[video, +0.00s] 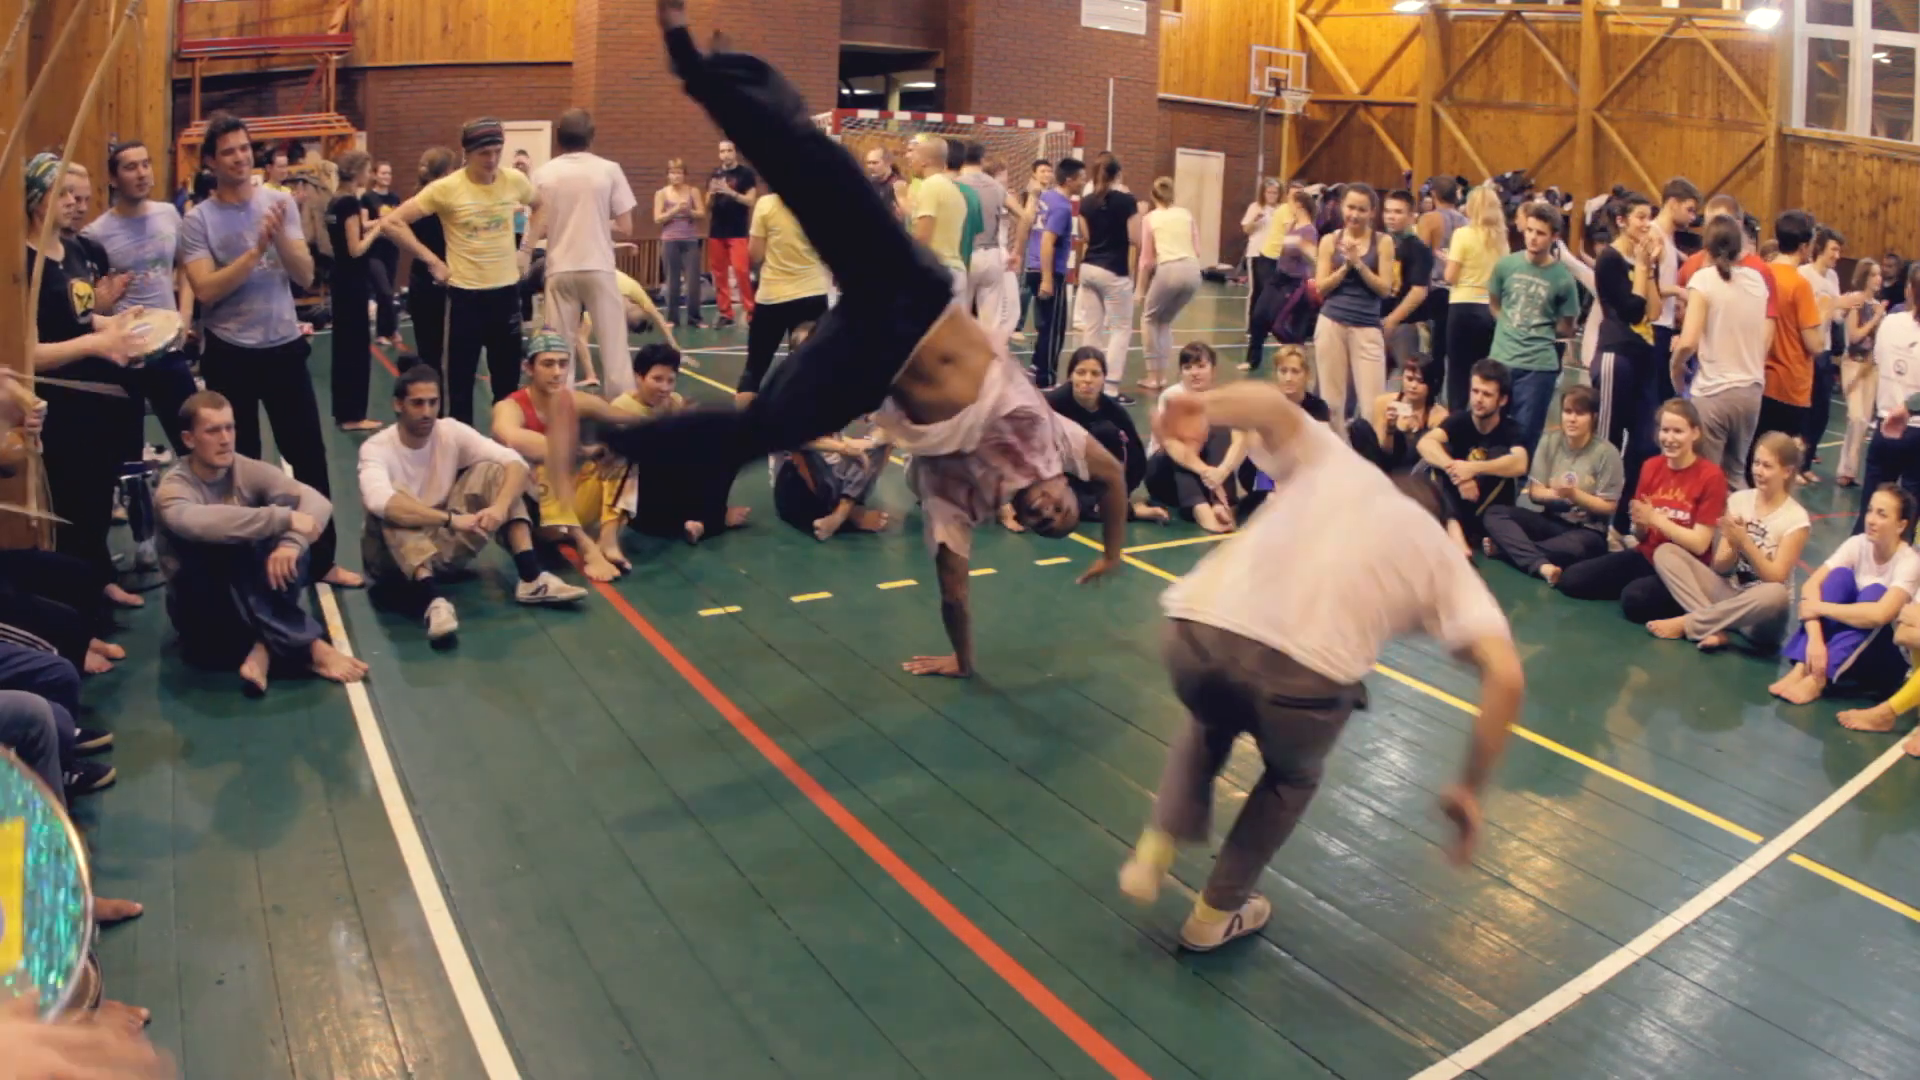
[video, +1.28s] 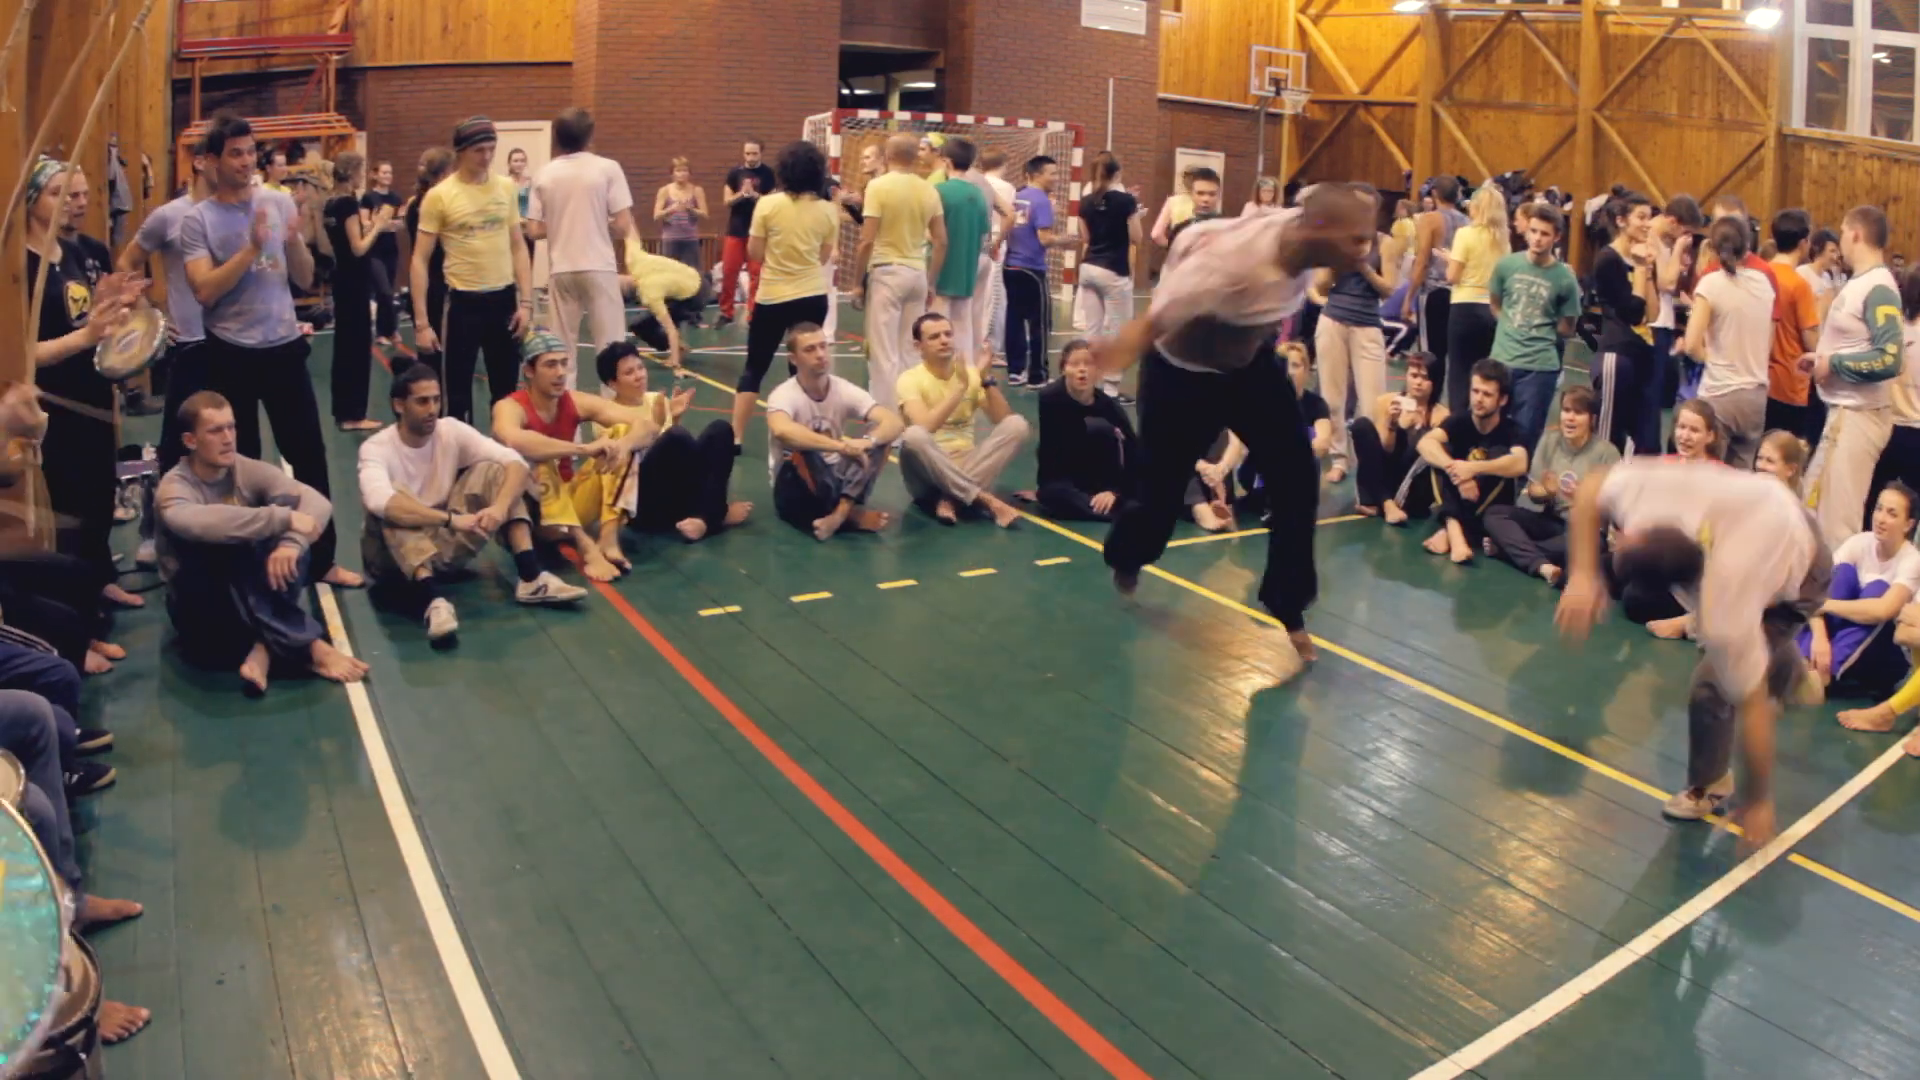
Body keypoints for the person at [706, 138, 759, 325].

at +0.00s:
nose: (725, 154)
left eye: (728, 151)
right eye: (722, 151)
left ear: (735, 153)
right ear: (718, 154)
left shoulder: (746, 173)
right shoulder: (715, 174)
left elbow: (751, 200)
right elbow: (708, 205)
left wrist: (729, 192)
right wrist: (712, 192)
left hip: (738, 232)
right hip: (717, 232)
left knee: (741, 271)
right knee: (719, 275)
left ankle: (750, 310)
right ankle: (724, 312)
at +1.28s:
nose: (751, 157)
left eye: (754, 153)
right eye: (748, 153)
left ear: (761, 154)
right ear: (743, 154)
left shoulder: (767, 174)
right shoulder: (734, 173)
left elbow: (771, 201)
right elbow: (727, 200)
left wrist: (754, 194)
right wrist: (741, 194)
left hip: (758, 231)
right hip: (735, 231)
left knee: (756, 272)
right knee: (729, 271)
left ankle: (754, 312)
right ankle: (726, 311)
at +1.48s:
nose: (756, 158)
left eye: (760, 155)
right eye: (753, 155)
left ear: (766, 155)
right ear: (748, 155)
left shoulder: (770, 174)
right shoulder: (739, 173)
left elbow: (775, 201)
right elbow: (730, 200)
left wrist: (762, 197)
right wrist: (742, 196)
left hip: (761, 230)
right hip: (739, 230)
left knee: (758, 273)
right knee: (731, 270)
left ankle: (754, 311)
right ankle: (728, 309)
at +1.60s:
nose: (759, 159)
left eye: (762, 155)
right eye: (756, 155)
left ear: (768, 156)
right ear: (750, 155)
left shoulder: (772, 174)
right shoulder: (740, 173)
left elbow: (778, 199)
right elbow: (731, 200)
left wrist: (762, 198)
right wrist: (748, 197)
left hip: (763, 229)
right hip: (741, 230)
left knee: (759, 274)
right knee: (735, 271)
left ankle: (755, 312)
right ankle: (733, 310)